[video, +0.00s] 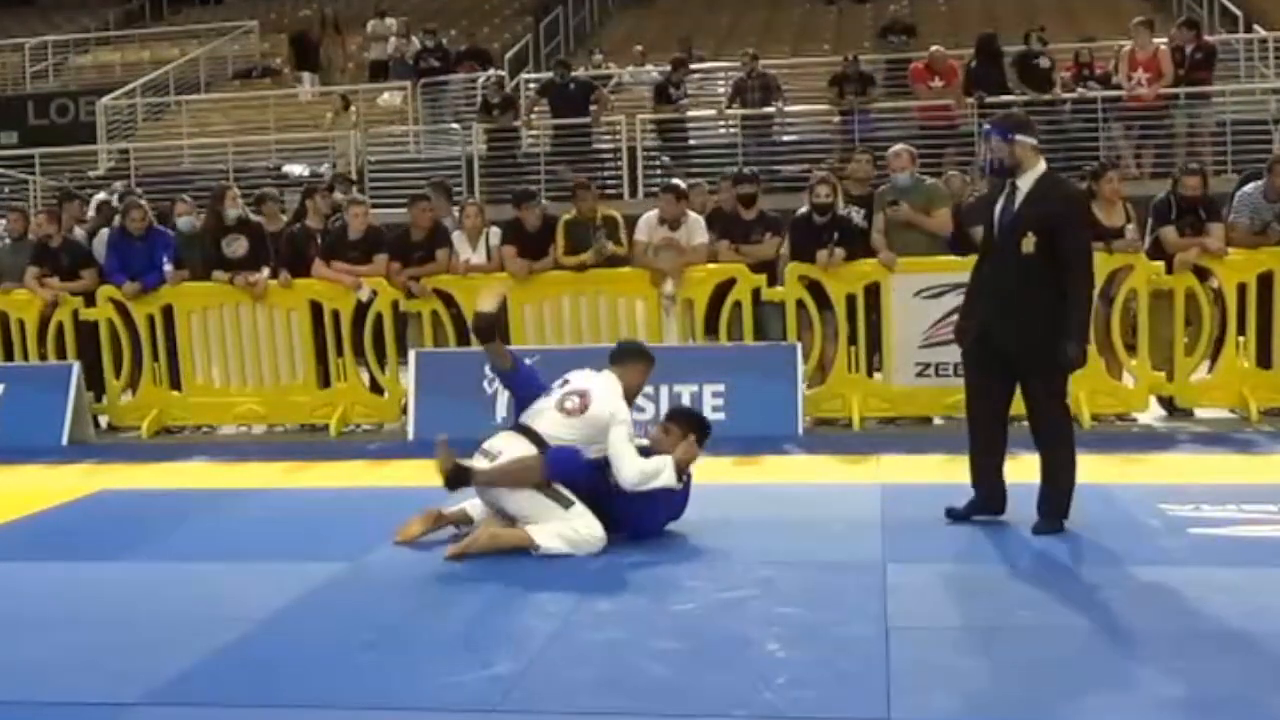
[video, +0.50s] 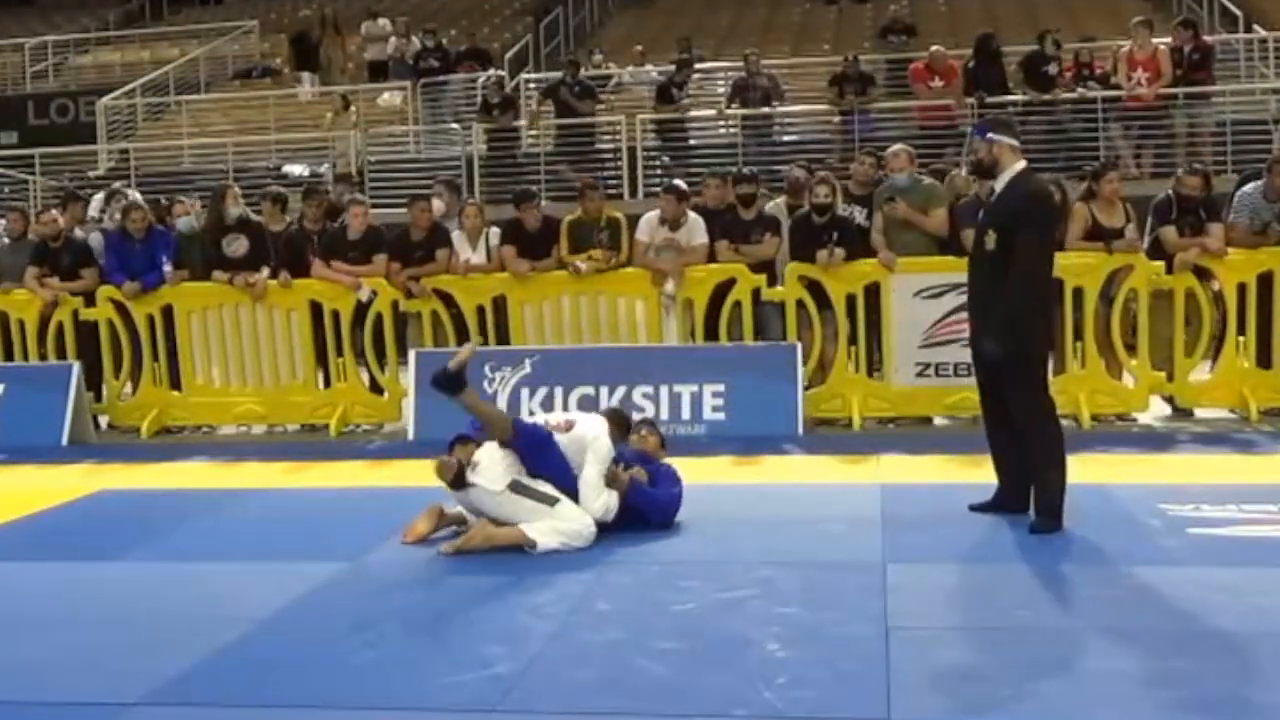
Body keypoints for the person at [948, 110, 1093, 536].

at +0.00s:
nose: (993, 154)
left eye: (998, 146)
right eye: (992, 146)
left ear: (1023, 145)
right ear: (1015, 147)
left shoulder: (1065, 197)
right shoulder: (1000, 195)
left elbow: (1079, 273)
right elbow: (986, 267)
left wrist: (1076, 336)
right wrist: (967, 317)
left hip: (1041, 332)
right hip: (990, 330)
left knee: (1050, 426)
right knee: (984, 420)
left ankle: (1053, 513)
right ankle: (987, 497)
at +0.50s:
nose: (976, 158)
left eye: (979, 150)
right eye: (975, 151)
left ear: (999, 147)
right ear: (998, 149)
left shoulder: (1033, 195)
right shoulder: (1001, 195)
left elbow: (1029, 276)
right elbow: (992, 270)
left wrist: (1010, 330)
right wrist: (981, 325)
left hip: (1019, 327)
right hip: (991, 325)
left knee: (1032, 412)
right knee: (1000, 411)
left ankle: (1049, 507)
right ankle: (1011, 492)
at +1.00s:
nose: (951, 162)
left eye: (953, 154)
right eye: (951, 154)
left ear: (968, 151)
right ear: (989, 151)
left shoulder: (978, 198)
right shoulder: (1017, 195)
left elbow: (971, 269)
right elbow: (1008, 269)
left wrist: (950, 320)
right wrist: (957, 314)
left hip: (971, 322)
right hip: (1006, 320)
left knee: (946, 402)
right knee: (1007, 403)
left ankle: (954, 494)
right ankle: (1016, 493)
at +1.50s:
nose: (893, 168)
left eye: (895, 161)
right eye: (893, 162)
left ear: (907, 158)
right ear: (933, 157)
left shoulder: (912, 204)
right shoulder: (972, 196)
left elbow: (905, 273)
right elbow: (981, 262)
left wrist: (890, 328)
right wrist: (973, 305)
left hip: (924, 320)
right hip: (970, 317)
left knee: (924, 408)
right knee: (976, 396)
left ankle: (922, 484)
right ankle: (1002, 481)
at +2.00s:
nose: (841, 176)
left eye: (842, 170)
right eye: (841, 170)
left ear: (854, 166)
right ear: (877, 163)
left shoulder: (862, 207)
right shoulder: (913, 202)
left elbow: (855, 273)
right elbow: (928, 261)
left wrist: (842, 327)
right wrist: (924, 310)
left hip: (879, 317)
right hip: (913, 313)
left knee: (896, 397)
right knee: (885, 393)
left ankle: (919, 482)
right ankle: (865, 464)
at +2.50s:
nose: (767, 123)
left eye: (770, 114)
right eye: (767, 114)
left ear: (785, 115)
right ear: (802, 114)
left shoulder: (799, 154)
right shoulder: (829, 149)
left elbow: (796, 215)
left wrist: (758, 241)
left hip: (793, 261)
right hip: (828, 258)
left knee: (770, 335)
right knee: (825, 338)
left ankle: (768, 415)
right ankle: (830, 418)